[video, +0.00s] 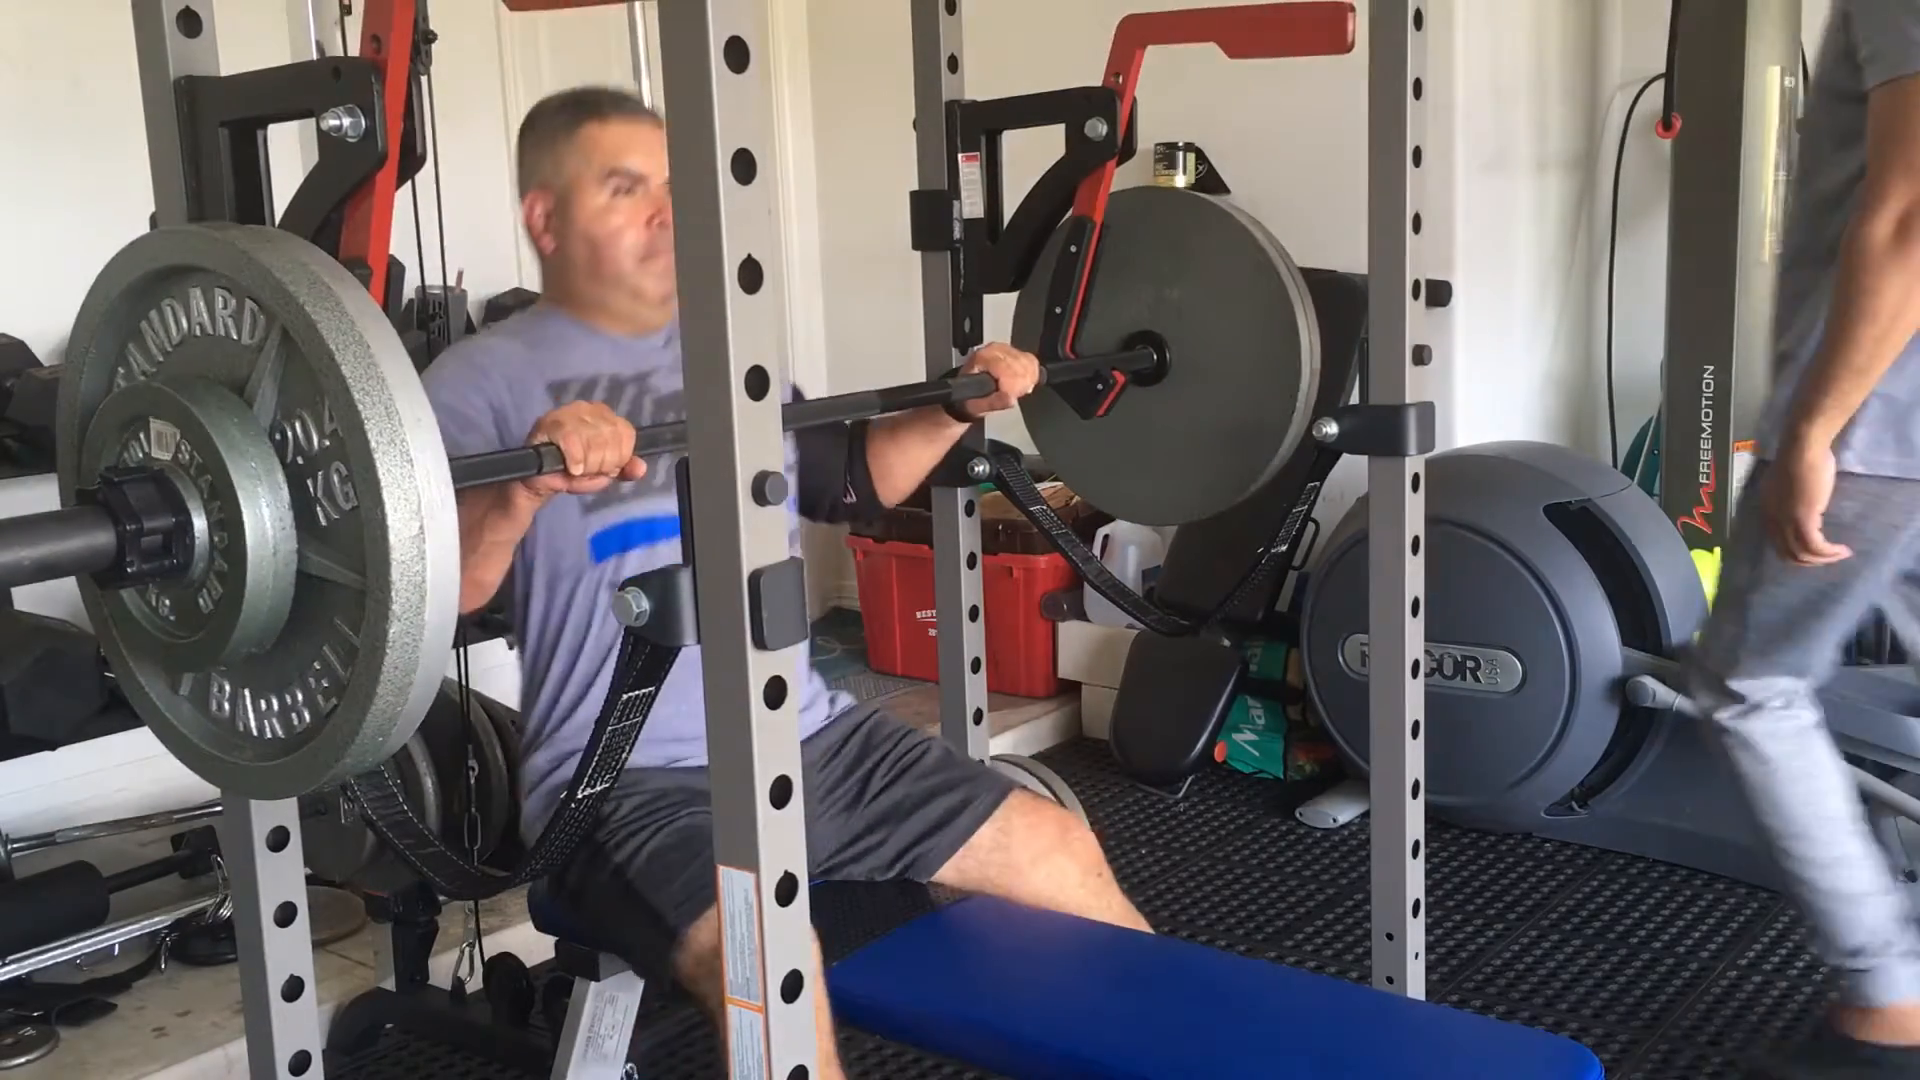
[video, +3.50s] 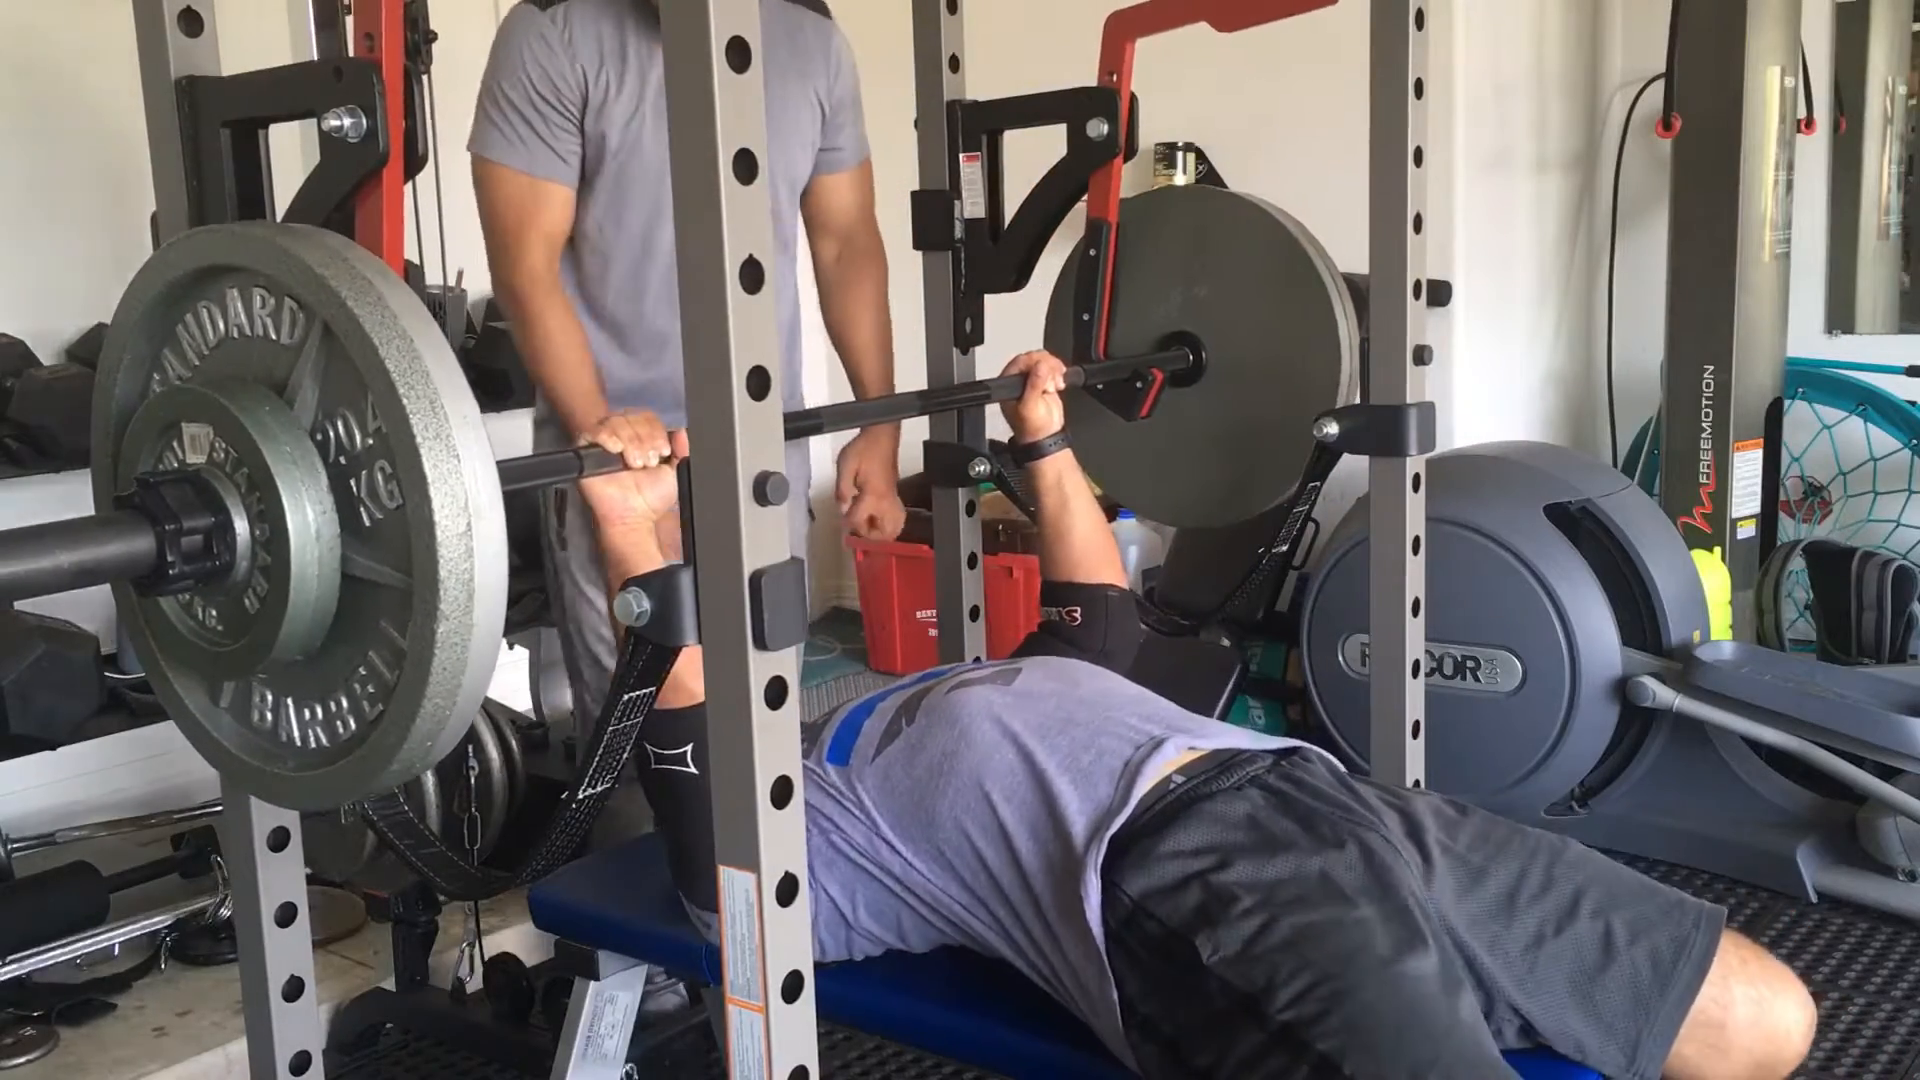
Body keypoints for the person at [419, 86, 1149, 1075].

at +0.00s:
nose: (665, 211)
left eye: (671, 187)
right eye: (624, 188)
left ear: (691, 204)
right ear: (543, 222)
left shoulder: (722, 347)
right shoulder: (480, 380)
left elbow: (848, 478)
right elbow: (440, 597)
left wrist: (957, 404)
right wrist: (523, 485)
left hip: (808, 731)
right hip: (625, 776)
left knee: (1049, 845)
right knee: (761, 954)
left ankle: (1189, 1060)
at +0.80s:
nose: (619, 233)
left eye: (625, 208)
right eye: (576, 215)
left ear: (643, 224)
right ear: (501, 256)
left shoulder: (707, 350)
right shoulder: (479, 396)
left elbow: (863, 506)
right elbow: (464, 607)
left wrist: (951, 406)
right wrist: (522, 480)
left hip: (950, 654)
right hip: (800, 712)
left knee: (1240, 854)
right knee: (971, 952)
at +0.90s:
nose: (607, 330)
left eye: (611, 309)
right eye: (565, 315)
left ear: (637, 336)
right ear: (494, 369)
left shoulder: (725, 452)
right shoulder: (514, 503)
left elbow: (900, 552)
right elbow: (490, 649)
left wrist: (953, 417)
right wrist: (524, 509)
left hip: (1012, 678)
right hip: (870, 745)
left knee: (1307, 883)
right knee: (1054, 992)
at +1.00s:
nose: (611, 456)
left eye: (610, 432)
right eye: (561, 444)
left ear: (633, 443)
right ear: (501, 493)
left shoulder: (753, 530)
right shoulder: (565, 619)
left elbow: (947, 585)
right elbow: (521, 717)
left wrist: (962, 425)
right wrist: (518, 520)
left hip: (1056, 697)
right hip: (924, 773)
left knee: (1387, 912)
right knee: (1112, 1035)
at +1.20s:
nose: (626, 567)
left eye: (636, 545)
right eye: (593, 576)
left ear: (676, 581)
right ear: (582, 626)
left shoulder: (847, 640)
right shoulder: (644, 750)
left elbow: (995, 620)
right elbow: (556, 791)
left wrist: (972, 435)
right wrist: (542, 523)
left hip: (1163, 741)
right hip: (1023, 821)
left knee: (1538, 957)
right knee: (1242, 1056)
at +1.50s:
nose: (712, 659)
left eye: (721, 648)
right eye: (704, 671)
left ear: (824, 661)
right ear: (723, 728)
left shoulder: (986, 657)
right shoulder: (807, 784)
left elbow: (1097, 606)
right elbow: (636, 774)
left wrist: (1024, 440)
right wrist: (597, 538)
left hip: (1334, 761)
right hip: (1186, 856)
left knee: (1719, 993)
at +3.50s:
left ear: (844, 674)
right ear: (733, 733)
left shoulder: (997, 696)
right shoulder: (785, 810)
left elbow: (1101, 627)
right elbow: (691, 748)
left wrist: (1043, 447)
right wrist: (642, 567)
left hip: (1338, 785)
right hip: (1202, 871)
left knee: (1777, 1021)